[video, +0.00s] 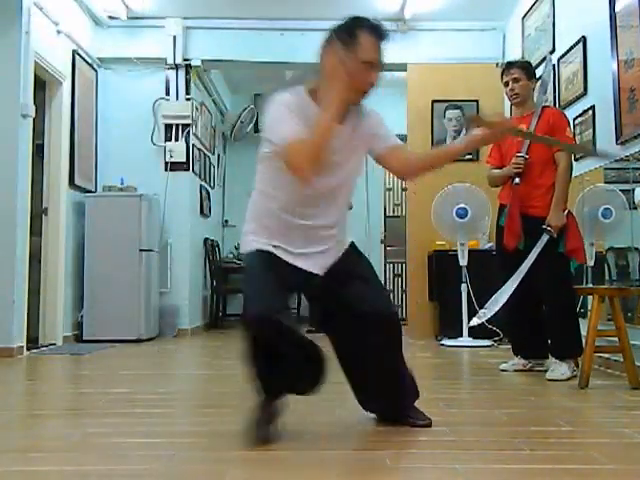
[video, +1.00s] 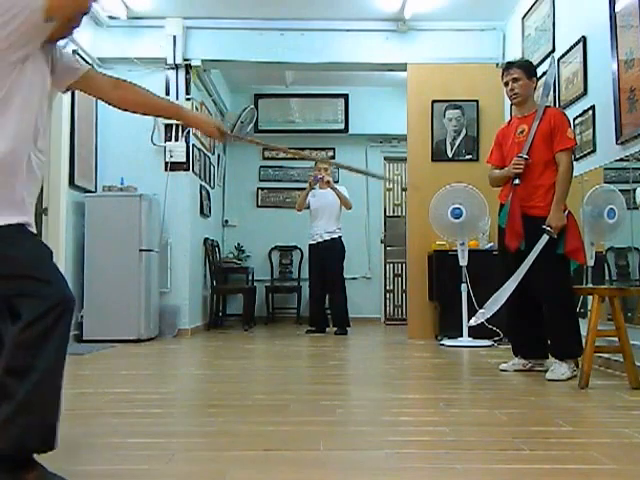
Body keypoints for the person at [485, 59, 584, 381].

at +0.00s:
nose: (511, 87)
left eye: (517, 80)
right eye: (507, 83)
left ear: (533, 83)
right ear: (504, 90)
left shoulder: (552, 117)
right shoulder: (503, 129)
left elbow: (564, 163)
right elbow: (492, 177)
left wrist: (558, 209)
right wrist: (508, 171)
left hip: (546, 213)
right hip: (512, 214)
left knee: (554, 284)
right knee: (517, 283)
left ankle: (564, 357)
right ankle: (529, 354)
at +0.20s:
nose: (511, 86)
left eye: (517, 80)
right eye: (506, 83)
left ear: (533, 83)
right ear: (504, 89)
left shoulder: (552, 117)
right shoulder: (505, 131)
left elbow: (564, 164)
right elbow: (492, 177)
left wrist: (558, 209)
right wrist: (508, 170)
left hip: (546, 214)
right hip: (513, 215)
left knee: (554, 285)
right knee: (519, 285)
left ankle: (565, 357)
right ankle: (529, 354)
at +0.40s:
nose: (510, 86)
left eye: (516, 80)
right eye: (506, 82)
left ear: (533, 83)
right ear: (504, 89)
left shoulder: (552, 117)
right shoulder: (504, 131)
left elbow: (564, 164)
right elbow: (492, 177)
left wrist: (557, 208)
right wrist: (508, 171)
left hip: (545, 215)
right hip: (512, 216)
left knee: (553, 285)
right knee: (517, 285)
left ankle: (565, 357)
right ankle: (529, 354)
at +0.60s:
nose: (511, 86)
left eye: (516, 80)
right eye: (506, 82)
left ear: (533, 83)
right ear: (504, 89)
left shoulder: (553, 117)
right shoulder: (505, 131)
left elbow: (564, 165)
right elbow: (493, 177)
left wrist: (557, 209)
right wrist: (508, 171)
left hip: (546, 215)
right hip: (512, 215)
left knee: (553, 285)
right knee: (518, 284)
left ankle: (565, 358)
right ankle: (529, 354)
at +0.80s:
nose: (510, 86)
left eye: (516, 80)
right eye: (506, 82)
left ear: (533, 83)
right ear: (504, 89)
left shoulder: (553, 117)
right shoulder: (505, 131)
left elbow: (564, 165)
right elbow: (493, 177)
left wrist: (557, 210)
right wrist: (508, 171)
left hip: (546, 214)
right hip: (512, 215)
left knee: (553, 284)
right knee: (518, 284)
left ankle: (565, 358)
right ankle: (529, 354)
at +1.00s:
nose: (511, 87)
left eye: (516, 80)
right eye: (506, 83)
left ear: (533, 83)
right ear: (504, 89)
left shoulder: (553, 117)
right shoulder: (504, 132)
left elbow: (565, 164)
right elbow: (493, 177)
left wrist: (557, 209)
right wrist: (508, 171)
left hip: (546, 214)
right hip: (513, 215)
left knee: (552, 284)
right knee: (519, 284)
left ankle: (565, 358)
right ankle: (529, 355)